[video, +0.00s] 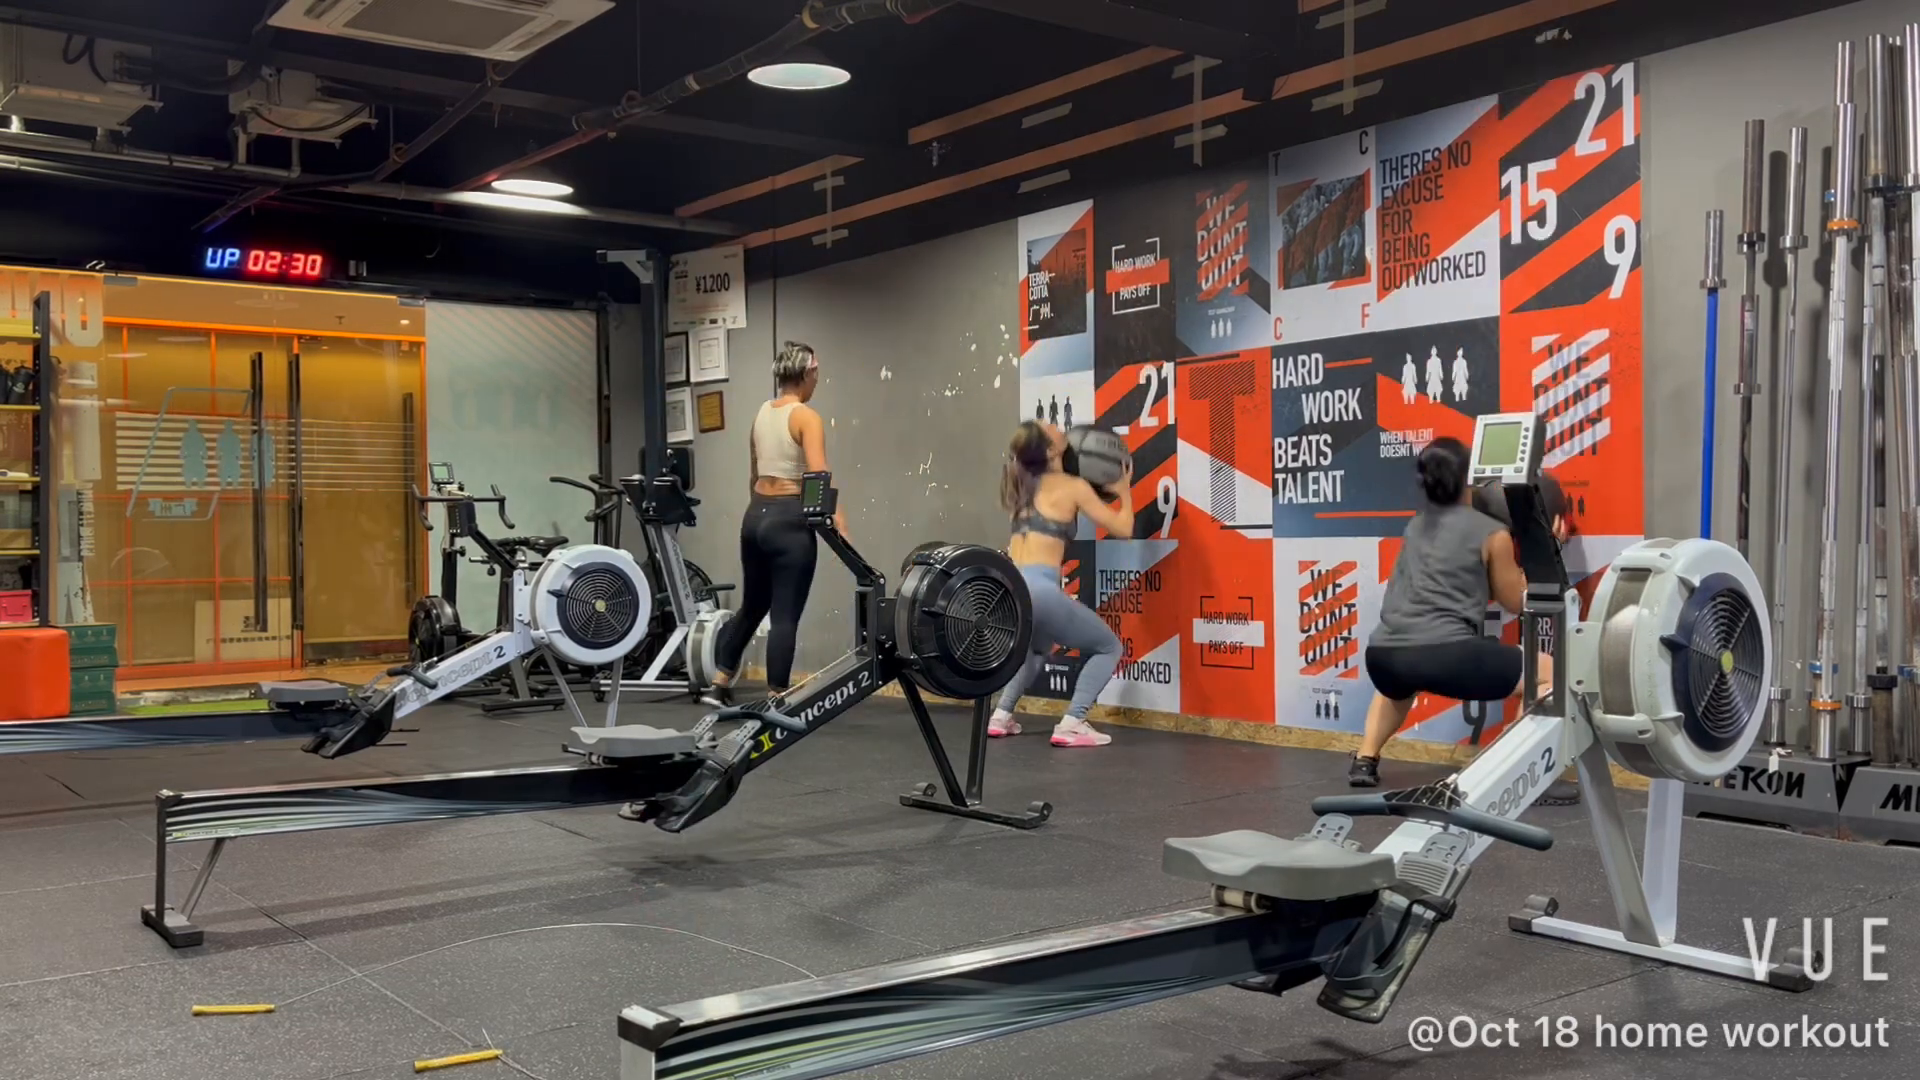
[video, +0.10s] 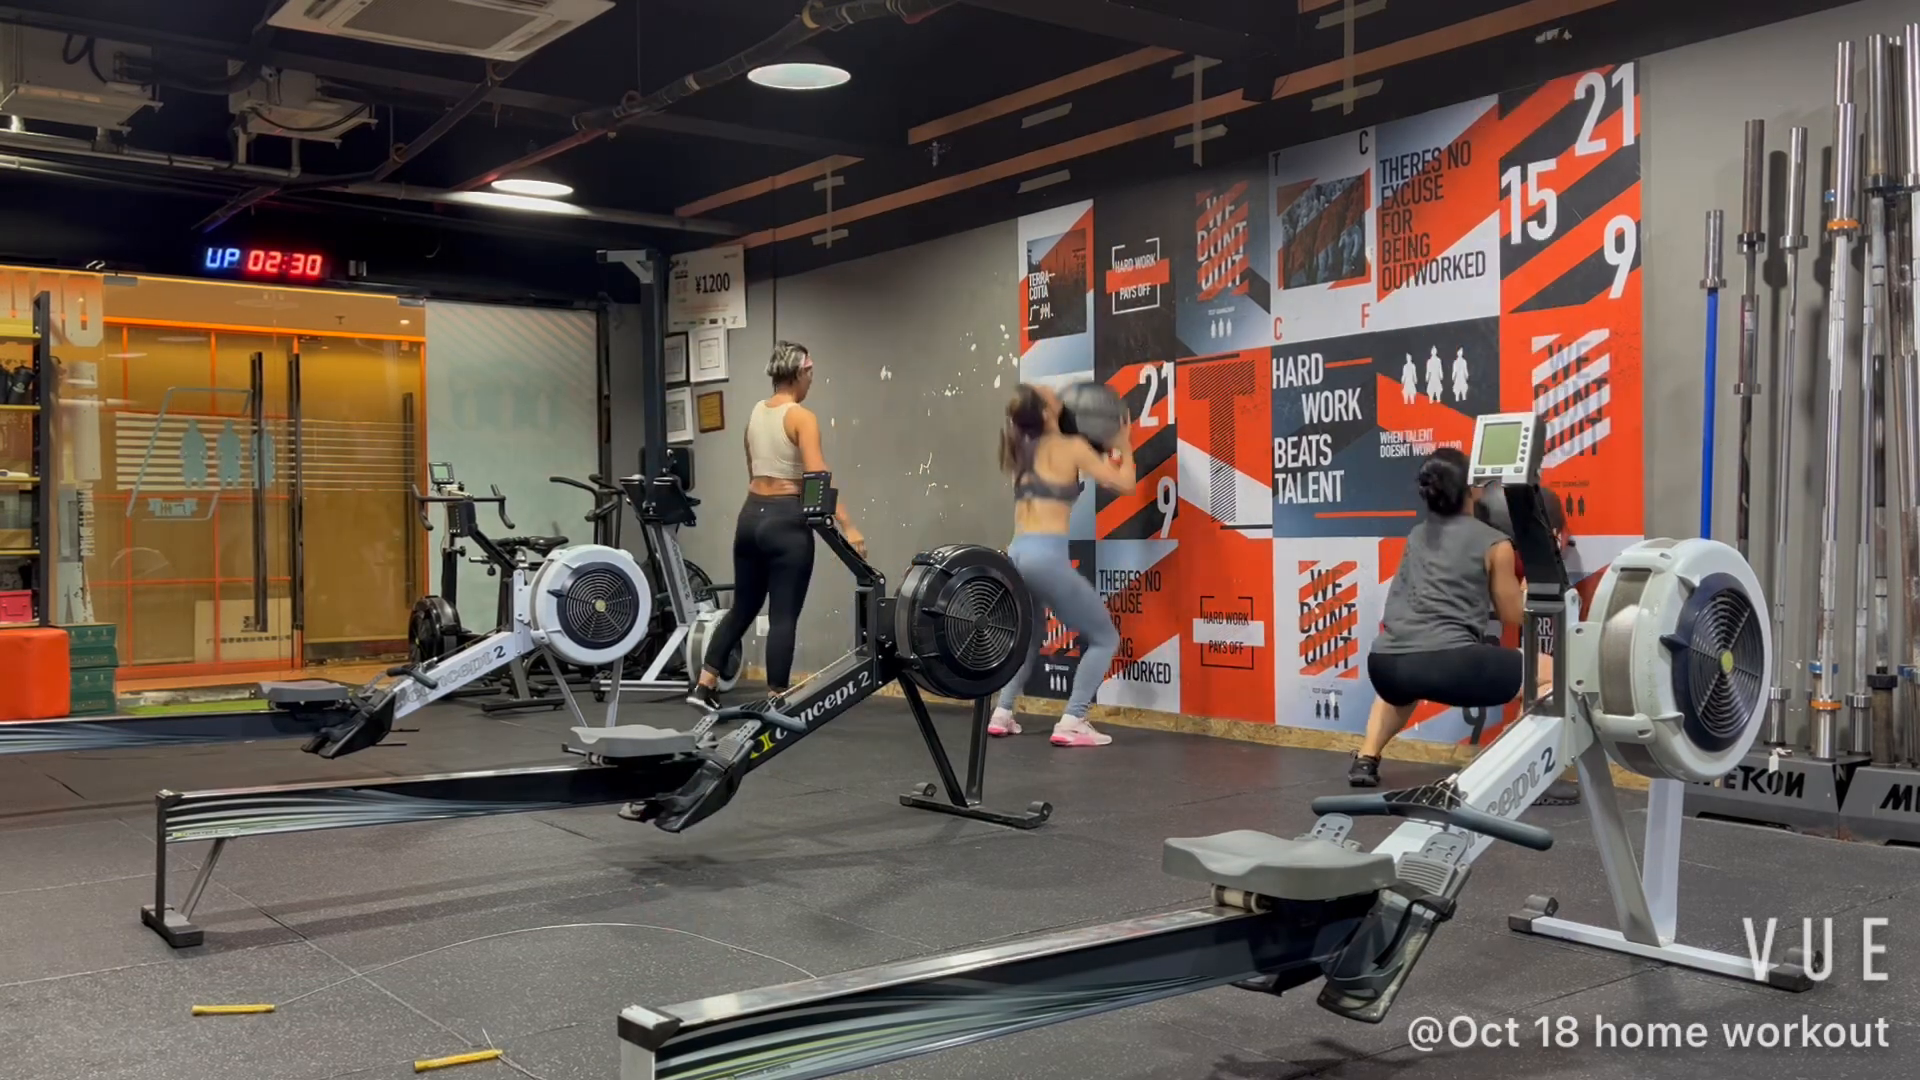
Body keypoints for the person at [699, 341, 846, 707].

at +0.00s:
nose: (817, 379)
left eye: (816, 372)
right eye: (815, 373)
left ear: (782, 375)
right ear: (807, 375)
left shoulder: (762, 415)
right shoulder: (806, 417)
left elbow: (755, 476)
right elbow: (819, 476)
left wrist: (763, 507)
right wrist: (838, 520)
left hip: (757, 513)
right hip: (790, 516)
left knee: (753, 606)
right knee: (785, 616)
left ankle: (720, 685)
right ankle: (777, 698)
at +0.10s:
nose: (812, 378)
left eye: (811, 371)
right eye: (810, 371)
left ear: (776, 375)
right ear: (799, 374)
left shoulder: (756, 415)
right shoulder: (802, 417)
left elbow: (755, 472)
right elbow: (818, 477)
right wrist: (848, 525)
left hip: (752, 513)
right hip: (787, 518)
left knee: (743, 608)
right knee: (784, 616)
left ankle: (705, 683)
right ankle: (777, 698)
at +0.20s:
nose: (805, 380)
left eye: (804, 372)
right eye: (803, 373)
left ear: (769, 375)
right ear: (795, 373)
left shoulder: (749, 414)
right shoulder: (798, 417)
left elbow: (745, 467)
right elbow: (813, 480)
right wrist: (848, 524)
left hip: (746, 517)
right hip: (785, 519)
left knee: (735, 613)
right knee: (782, 618)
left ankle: (708, 692)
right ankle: (777, 700)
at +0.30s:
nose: (799, 381)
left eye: (798, 374)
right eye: (796, 374)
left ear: (764, 377)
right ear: (783, 377)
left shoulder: (740, 417)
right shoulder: (789, 419)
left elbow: (736, 476)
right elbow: (806, 481)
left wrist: (760, 500)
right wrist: (844, 523)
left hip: (741, 519)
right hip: (781, 519)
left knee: (732, 616)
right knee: (782, 618)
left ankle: (713, 703)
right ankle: (777, 702)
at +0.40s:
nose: (793, 385)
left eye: (793, 378)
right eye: (789, 378)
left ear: (759, 381)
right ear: (774, 380)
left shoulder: (730, 423)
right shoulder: (781, 420)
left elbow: (726, 485)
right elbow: (793, 477)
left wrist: (741, 515)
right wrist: (819, 509)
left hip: (737, 520)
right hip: (776, 518)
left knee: (728, 618)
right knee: (790, 616)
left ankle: (711, 704)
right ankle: (778, 699)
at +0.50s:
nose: (790, 387)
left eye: (790, 380)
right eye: (788, 380)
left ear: (754, 382)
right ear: (775, 381)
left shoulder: (731, 423)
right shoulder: (781, 420)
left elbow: (722, 482)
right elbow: (792, 476)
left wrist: (721, 528)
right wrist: (823, 520)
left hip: (733, 517)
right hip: (773, 517)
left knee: (723, 618)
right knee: (805, 609)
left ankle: (710, 705)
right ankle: (792, 688)